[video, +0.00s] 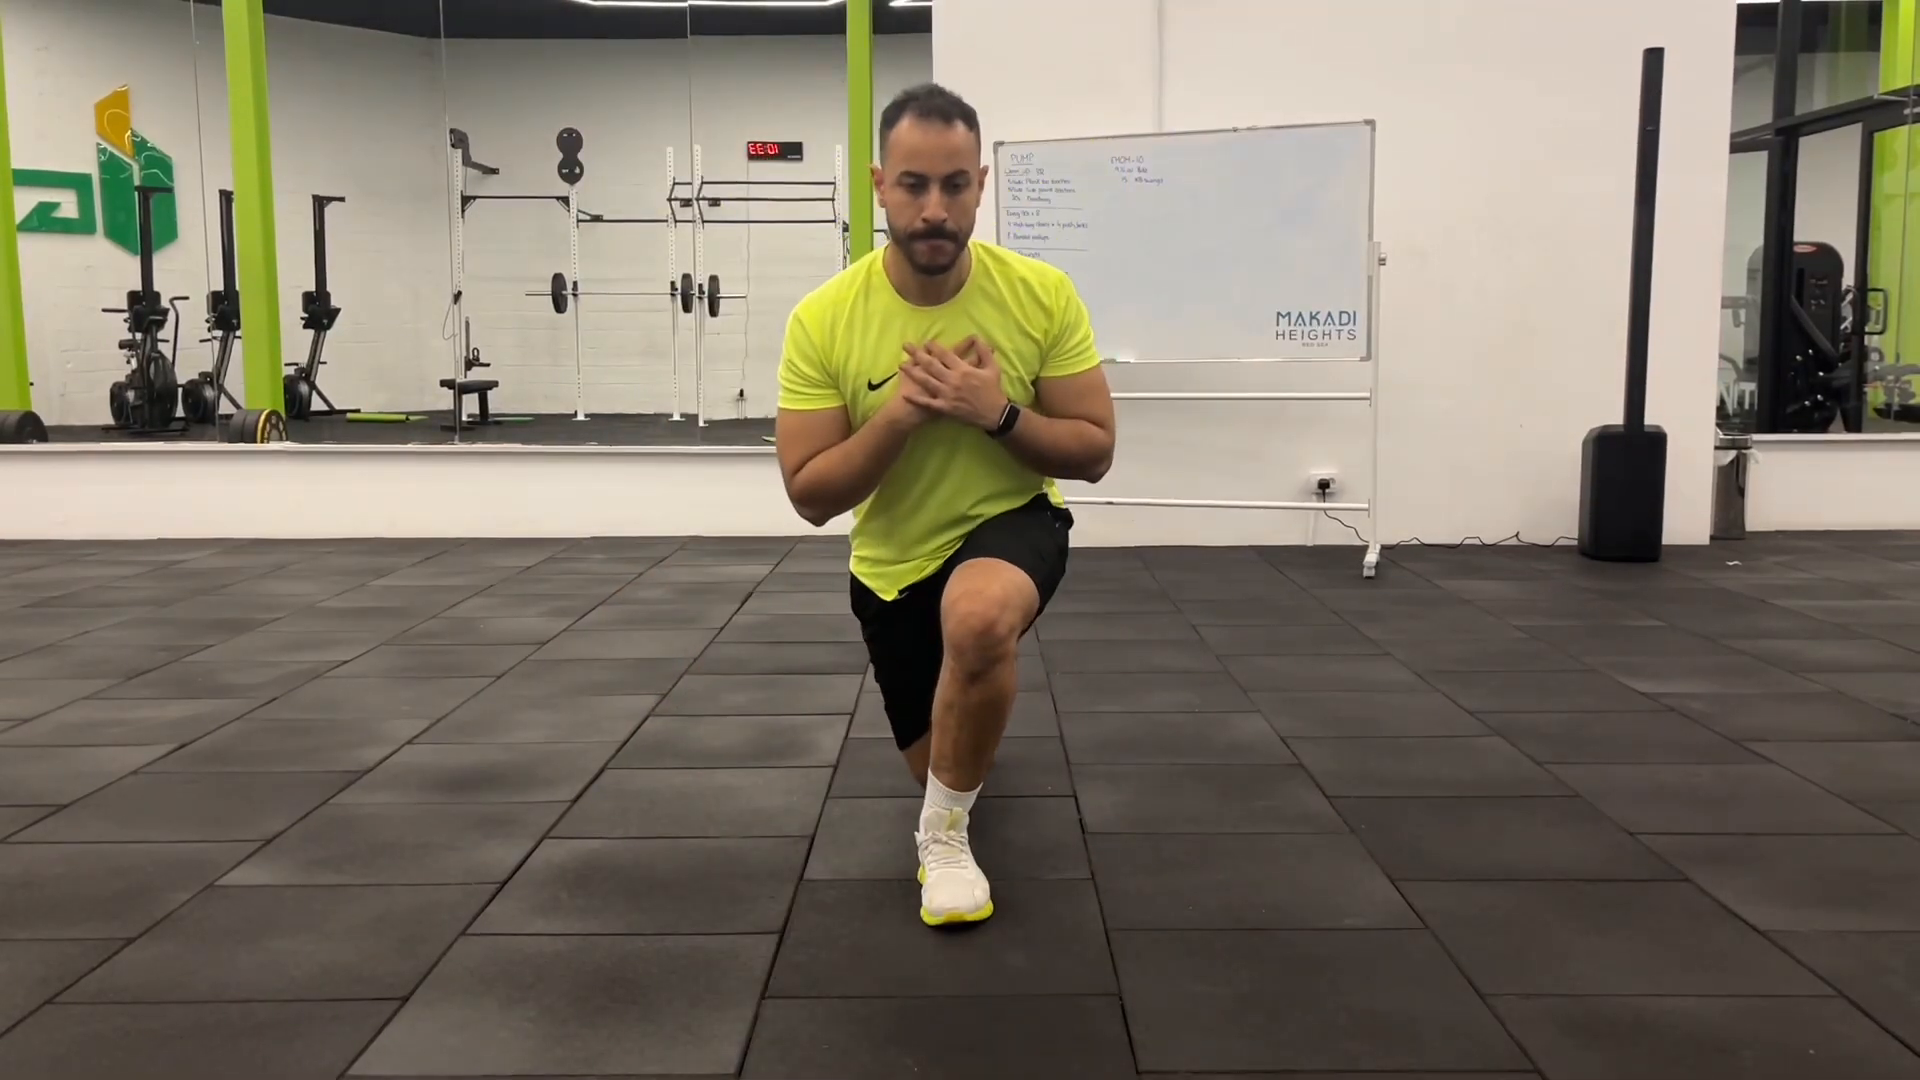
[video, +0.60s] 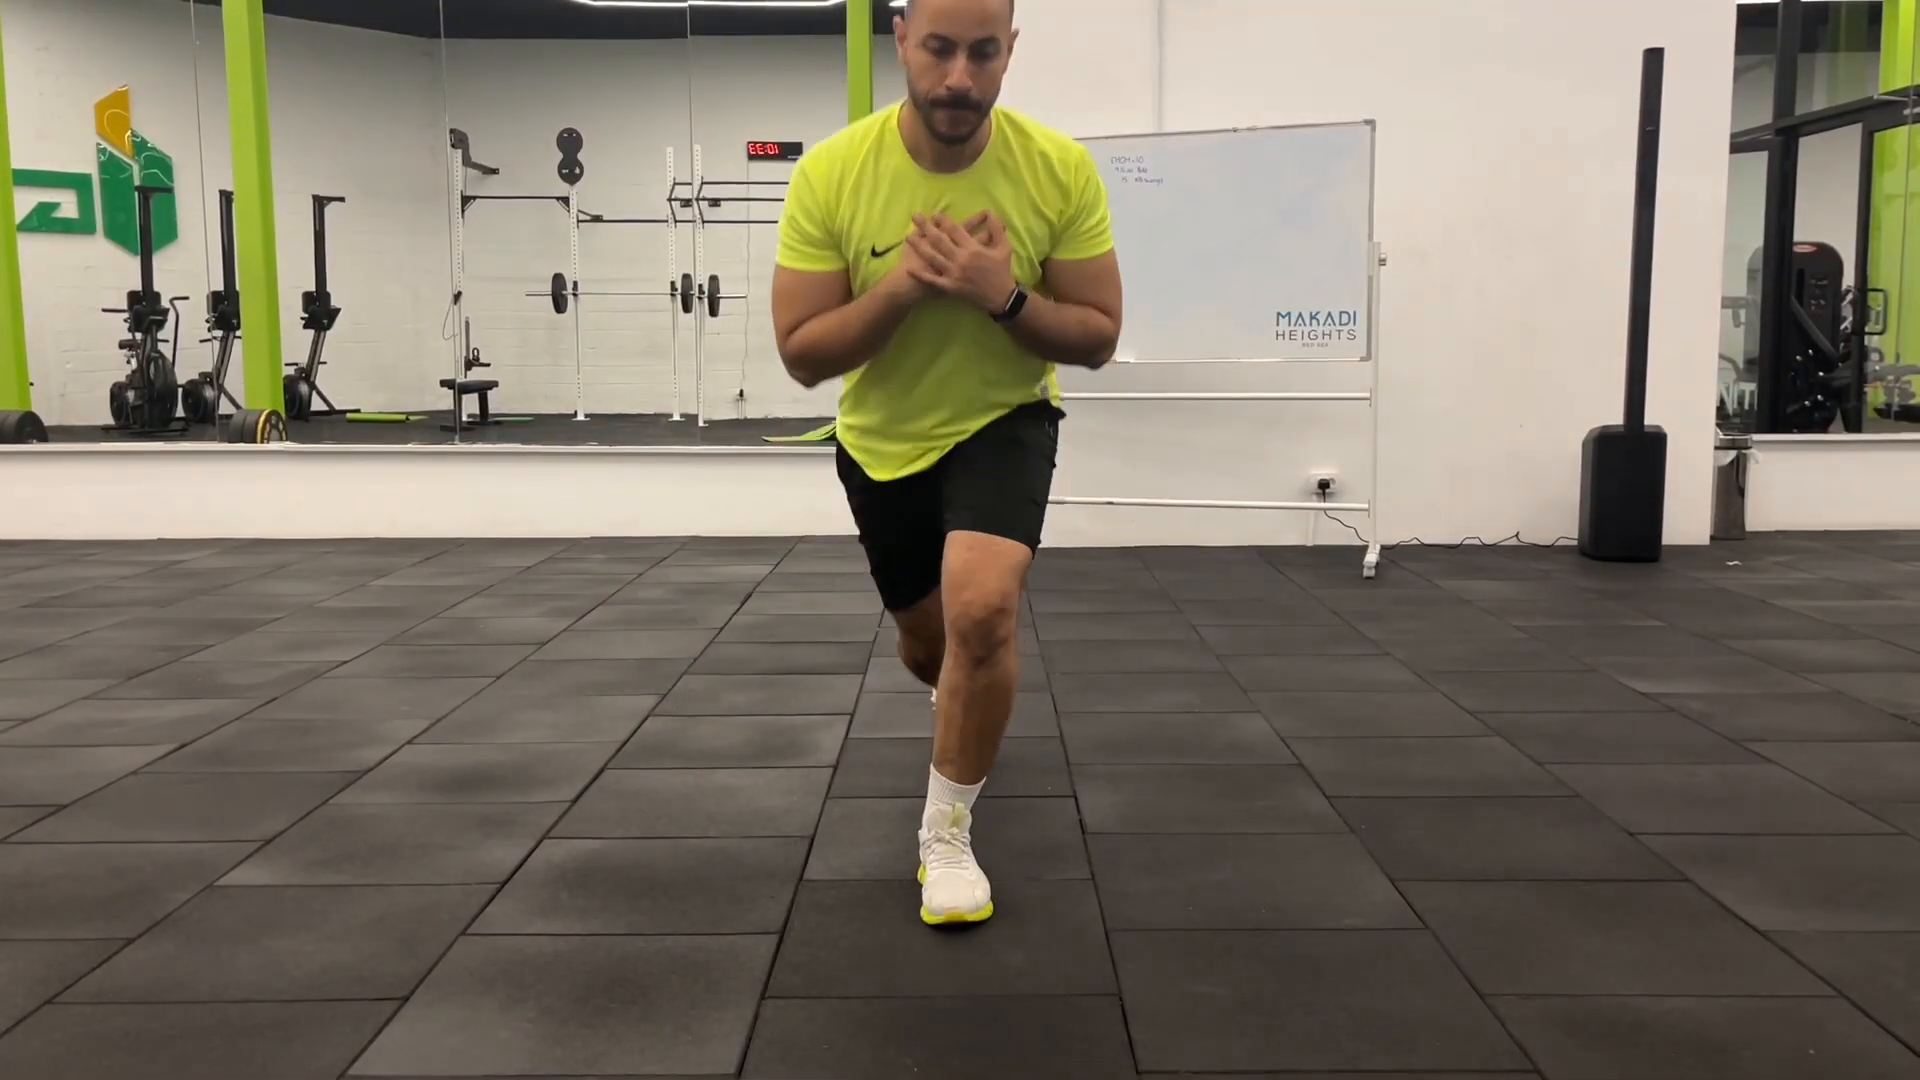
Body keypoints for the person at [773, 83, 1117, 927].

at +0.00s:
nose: (935, 211)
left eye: (956, 185)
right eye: (914, 186)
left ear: (980, 185)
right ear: (880, 187)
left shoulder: (1041, 295)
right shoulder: (823, 322)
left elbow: (1093, 450)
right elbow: (811, 496)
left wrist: (1002, 415)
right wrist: (902, 410)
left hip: (1012, 512)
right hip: (894, 548)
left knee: (979, 620)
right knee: (925, 762)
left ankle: (945, 830)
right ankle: (963, 744)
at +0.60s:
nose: (961, 76)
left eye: (983, 50)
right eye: (939, 48)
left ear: (1012, 50)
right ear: (901, 42)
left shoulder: (1060, 171)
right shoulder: (829, 175)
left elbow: (1098, 335)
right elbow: (803, 351)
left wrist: (1007, 299)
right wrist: (901, 284)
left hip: (1005, 414)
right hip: (882, 433)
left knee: (982, 614)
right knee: (924, 645)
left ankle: (948, 832)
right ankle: (967, 699)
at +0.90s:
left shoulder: (1064, 45)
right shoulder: (828, 34)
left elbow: (1100, 232)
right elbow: (789, 225)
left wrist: (999, 166)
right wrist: (891, 148)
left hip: (995, 340)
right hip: (860, 340)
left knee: (969, 586)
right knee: (859, 592)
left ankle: (948, 827)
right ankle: (879, 707)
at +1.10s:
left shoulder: (1059, 13)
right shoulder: (818, 8)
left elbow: (1092, 192)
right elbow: (779, 181)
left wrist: (986, 109)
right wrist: (871, 88)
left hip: (983, 327)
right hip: (841, 317)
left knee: (959, 576)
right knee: (804, 573)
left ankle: (947, 834)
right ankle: (776, 787)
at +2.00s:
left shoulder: (1079, 15)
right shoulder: (836, 8)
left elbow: (1112, 199)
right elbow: (792, 182)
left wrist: (1006, 114)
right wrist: (902, 94)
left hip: (996, 330)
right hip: (858, 324)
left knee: (972, 582)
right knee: (847, 576)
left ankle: (949, 826)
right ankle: (888, 729)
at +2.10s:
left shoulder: (1082, 20)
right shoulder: (842, 11)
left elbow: (1114, 215)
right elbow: (794, 192)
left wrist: (1019, 136)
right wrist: (908, 110)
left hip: (1005, 331)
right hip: (870, 330)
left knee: (977, 582)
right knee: (891, 581)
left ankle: (947, 829)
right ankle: (983, 675)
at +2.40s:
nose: (993, 46)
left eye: (1016, 21)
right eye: (972, 20)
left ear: (1041, 24)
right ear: (933, 18)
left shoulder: (1091, 148)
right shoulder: (853, 140)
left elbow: (1126, 322)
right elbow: (816, 320)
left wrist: (1029, 270)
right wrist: (928, 252)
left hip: (1033, 395)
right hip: (908, 411)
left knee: (973, 607)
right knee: (998, 604)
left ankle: (946, 834)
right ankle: (1093, 684)